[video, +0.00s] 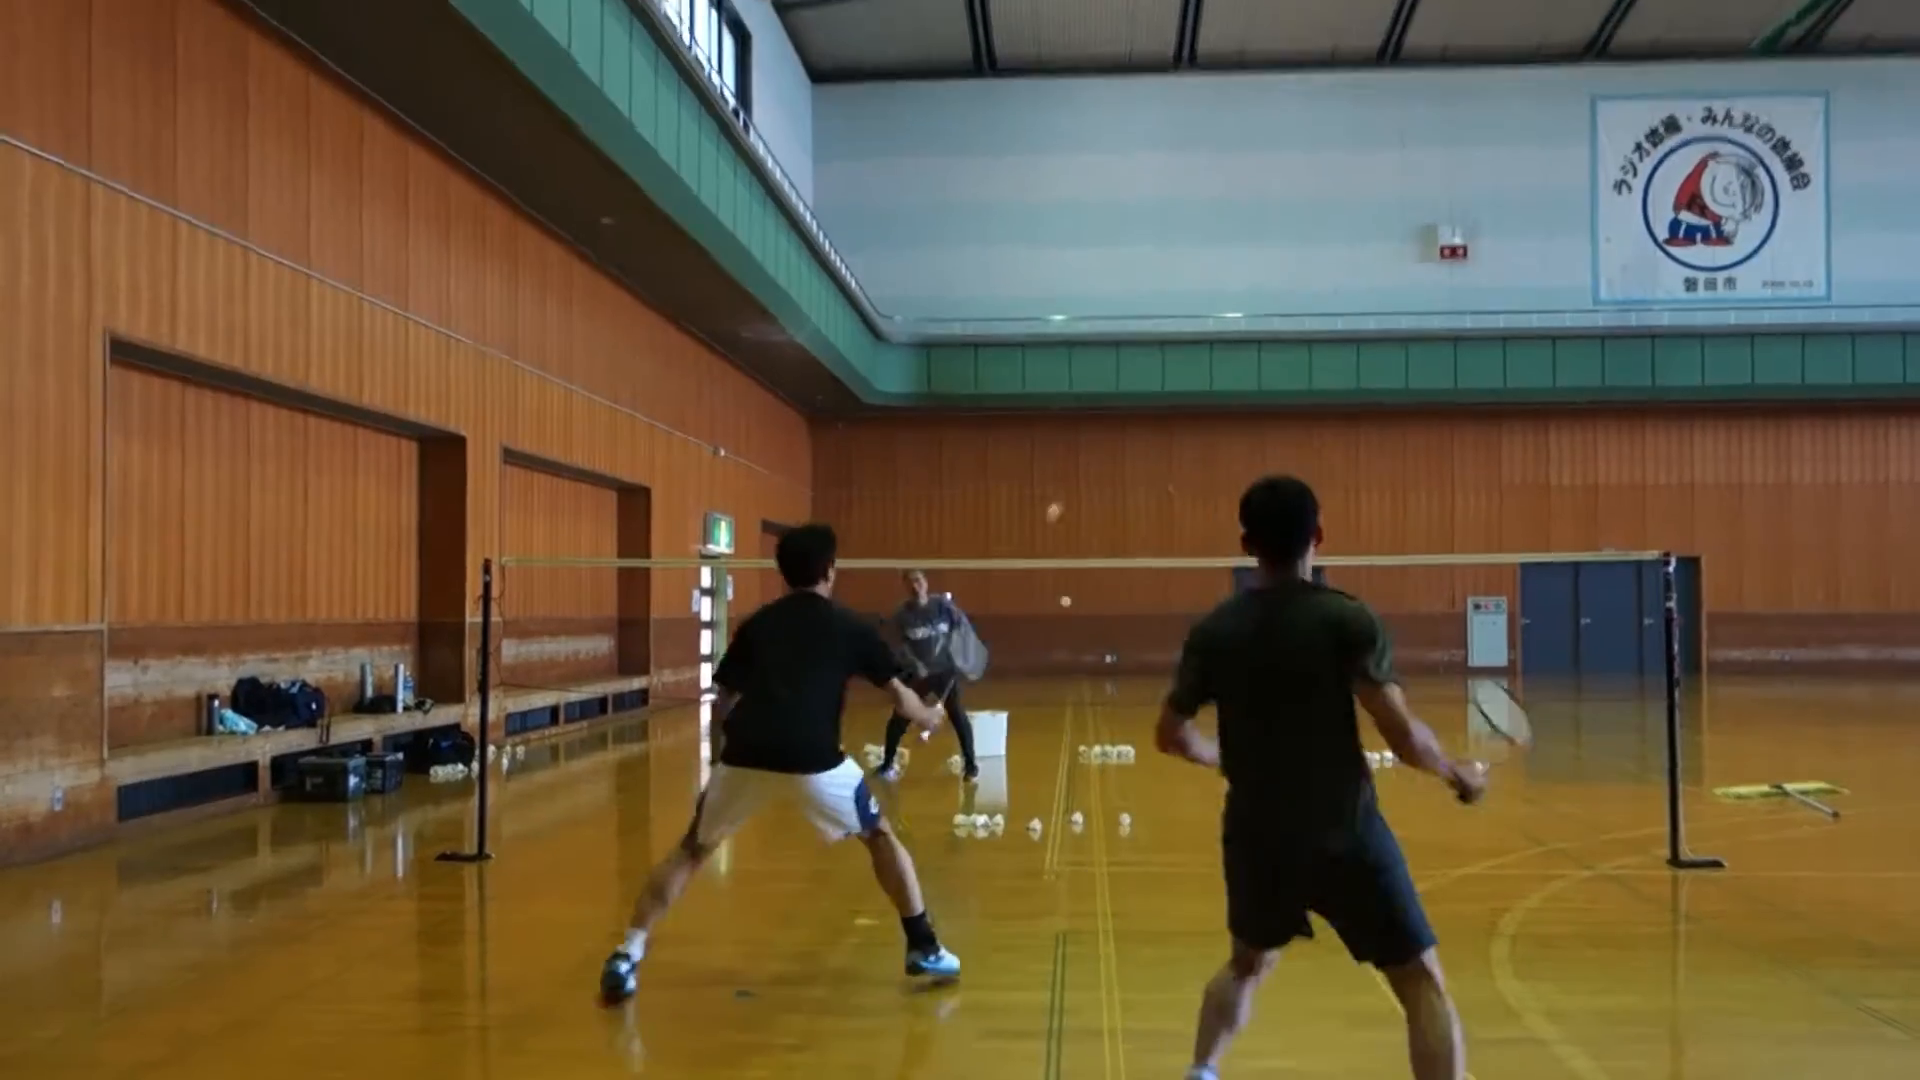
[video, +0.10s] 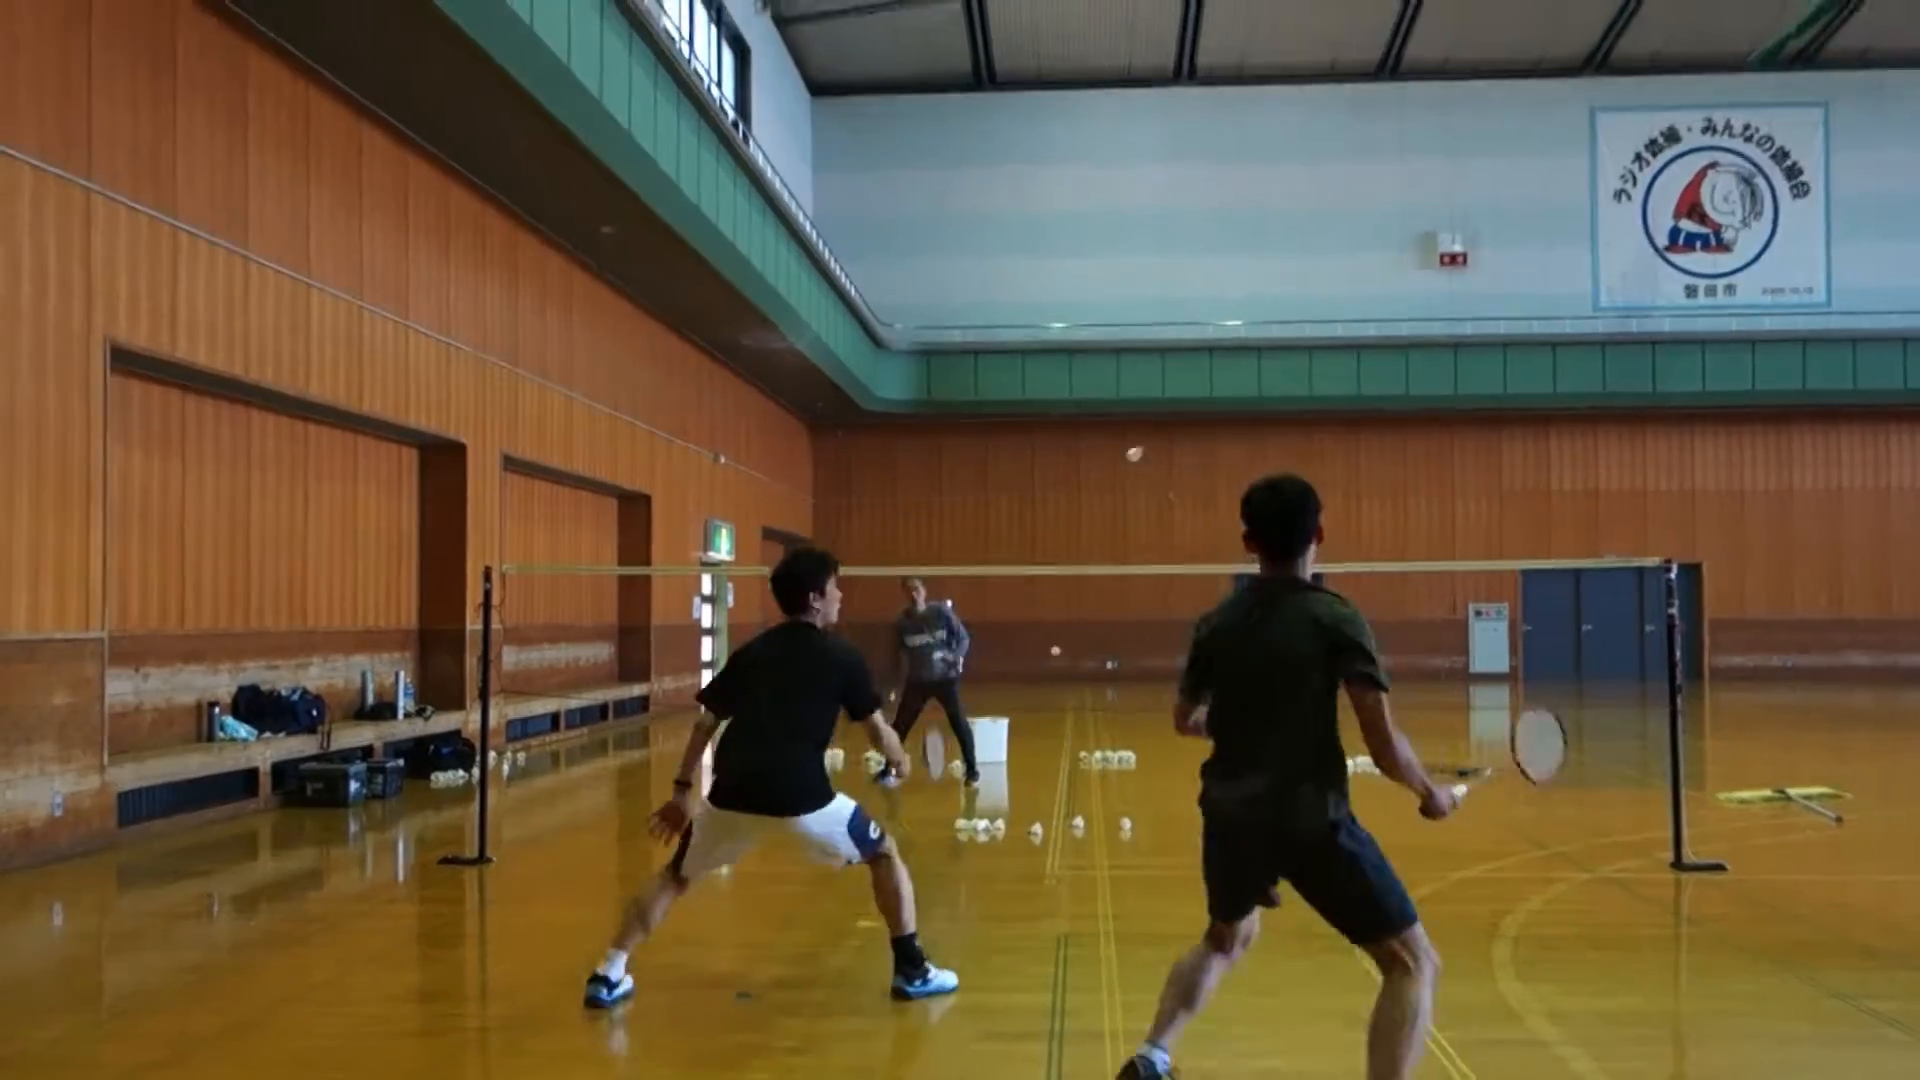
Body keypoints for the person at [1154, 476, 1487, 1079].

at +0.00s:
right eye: (1315, 529)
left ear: (1247, 541)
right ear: (1316, 536)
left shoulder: (1219, 628)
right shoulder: (1346, 620)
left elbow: (1170, 735)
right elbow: (1404, 737)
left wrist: (1231, 758)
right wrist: (1452, 771)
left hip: (1255, 829)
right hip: (1344, 829)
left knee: (1244, 965)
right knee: (1419, 982)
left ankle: (1202, 1069)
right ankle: (1447, 1076)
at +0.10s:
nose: (1323, 534)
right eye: (1320, 526)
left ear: (1250, 538)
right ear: (1318, 534)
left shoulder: (1220, 620)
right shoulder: (1333, 617)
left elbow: (1187, 718)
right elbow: (1383, 745)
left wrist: (1242, 721)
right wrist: (1428, 790)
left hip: (1230, 815)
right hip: (1312, 821)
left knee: (1223, 938)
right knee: (1411, 963)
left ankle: (1153, 1054)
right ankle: (1387, 1074)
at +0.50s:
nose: (1315, 452)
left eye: (1309, 442)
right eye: (1313, 444)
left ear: (1251, 451)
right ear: (1306, 454)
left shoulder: (1206, 499)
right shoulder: (1314, 518)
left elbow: (1116, 531)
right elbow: (1418, 560)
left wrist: (1079, 595)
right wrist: (1437, 484)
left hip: (1185, 678)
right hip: (1265, 679)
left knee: (1140, 811)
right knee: (1352, 766)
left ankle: (1108, 943)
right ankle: (1323, 895)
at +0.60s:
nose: (1322, 466)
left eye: (1316, 458)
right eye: (1321, 459)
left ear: (1261, 465)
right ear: (1316, 468)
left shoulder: (1222, 511)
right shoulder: (1329, 529)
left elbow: (1149, 567)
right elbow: (1410, 543)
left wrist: (1137, 632)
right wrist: (1458, 512)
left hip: (1193, 675)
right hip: (1271, 682)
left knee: (1145, 813)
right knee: (1332, 776)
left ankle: (1105, 948)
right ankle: (1342, 905)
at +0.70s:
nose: (1319, 505)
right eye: (1317, 499)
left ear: (1256, 508)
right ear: (1313, 510)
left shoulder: (1225, 562)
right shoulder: (1330, 580)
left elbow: (1169, 622)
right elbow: (1389, 618)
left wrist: (1162, 675)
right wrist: (1412, 645)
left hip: (1215, 725)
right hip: (1288, 733)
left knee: (1158, 838)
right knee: (1322, 827)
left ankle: (1132, 933)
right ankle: (1344, 947)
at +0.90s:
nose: (1233, 517)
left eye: (1232, 510)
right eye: (1275, 512)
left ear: (1229, 515)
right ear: (1282, 518)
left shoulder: (1206, 567)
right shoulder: (1310, 582)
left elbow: (1183, 623)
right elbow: (1332, 663)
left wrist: (1163, 689)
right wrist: (1345, 725)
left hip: (1224, 719)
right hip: (1295, 719)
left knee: (1173, 832)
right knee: (1326, 810)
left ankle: (1172, 951)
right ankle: (1357, 912)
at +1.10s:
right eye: (1281, 507)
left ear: (1232, 515)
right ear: (1282, 514)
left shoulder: (1210, 570)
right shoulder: (1302, 572)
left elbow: (1181, 604)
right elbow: (1387, 608)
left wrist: (1225, 562)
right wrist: (1400, 564)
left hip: (1216, 724)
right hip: (1285, 724)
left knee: (1181, 832)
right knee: (1333, 811)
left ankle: (1156, 940)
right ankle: (1349, 922)